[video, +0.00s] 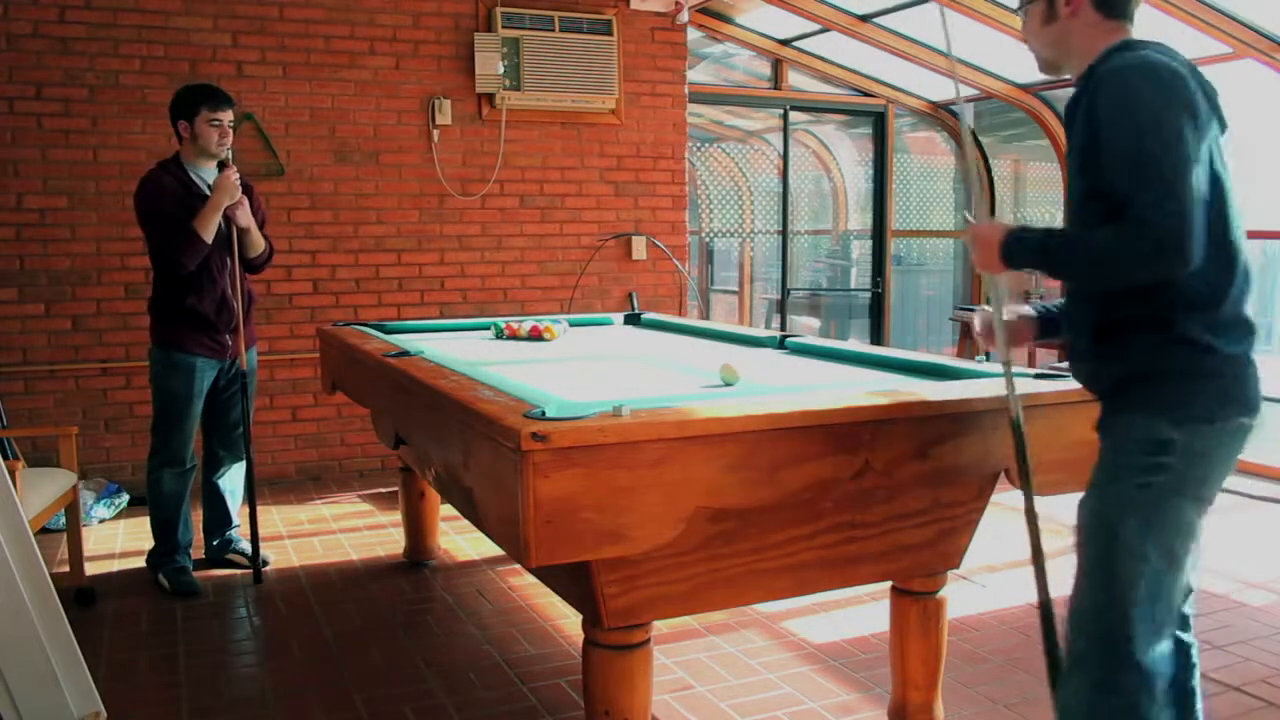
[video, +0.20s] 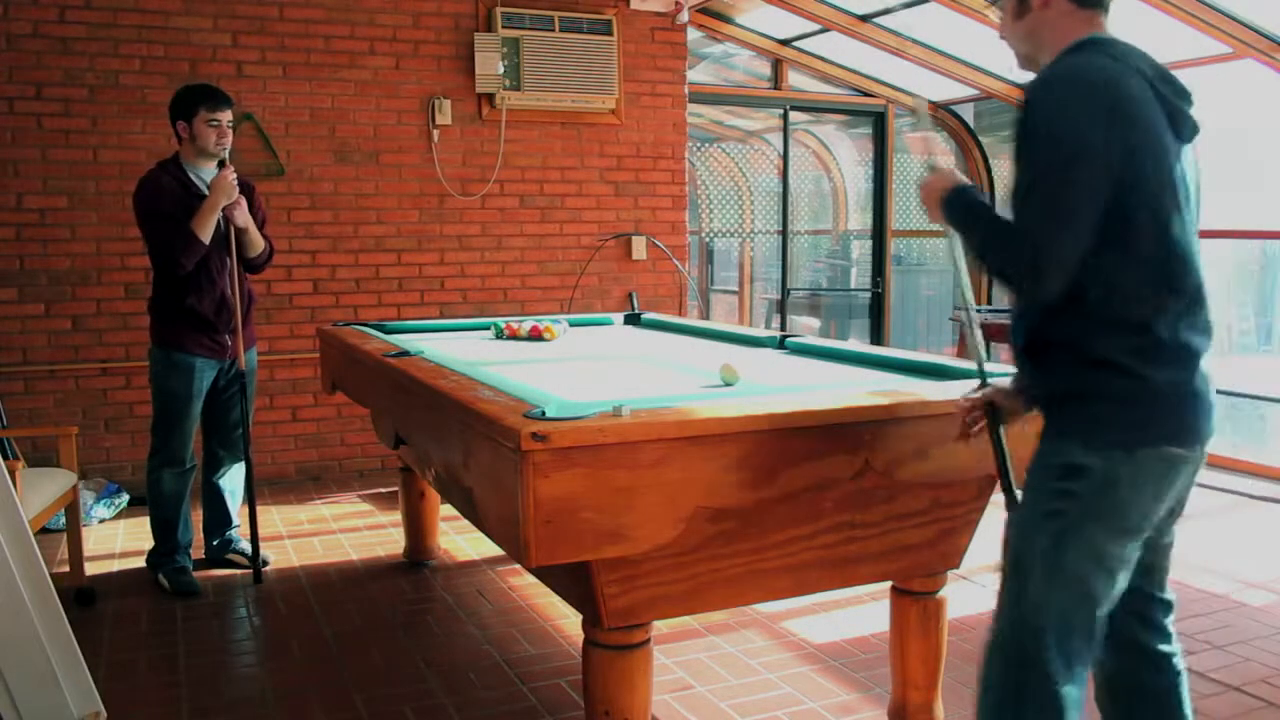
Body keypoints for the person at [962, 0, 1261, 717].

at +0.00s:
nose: (1022, 29)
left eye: (1027, 11)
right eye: (1022, 13)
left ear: (1070, 8)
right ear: (1088, 13)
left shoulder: (1137, 80)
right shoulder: (1137, 80)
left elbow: (1163, 247)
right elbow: (1145, 283)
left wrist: (1019, 247)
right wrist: (1037, 327)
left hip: (1173, 402)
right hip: (1175, 397)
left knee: (1112, 643)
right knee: (1155, 628)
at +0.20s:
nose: (1002, 30)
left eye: (1005, 13)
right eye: (1001, 15)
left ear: (1041, 7)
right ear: (1080, 10)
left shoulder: (1070, 89)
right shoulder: (1133, 86)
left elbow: (1038, 268)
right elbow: (1130, 281)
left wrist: (956, 201)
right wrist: (1029, 387)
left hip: (1110, 423)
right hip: (1167, 416)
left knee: (1030, 659)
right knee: (1136, 638)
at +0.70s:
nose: (896, 25)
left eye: (895, 12)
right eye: (895, 14)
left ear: (911, 7)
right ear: (985, 6)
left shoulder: (900, 99)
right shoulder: (1092, 96)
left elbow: (848, 266)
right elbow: (1169, 259)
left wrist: (793, 326)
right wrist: (1107, 350)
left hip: (1012, 429)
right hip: (1114, 427)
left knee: (1008, 692)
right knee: (990, 666)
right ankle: (960, 710)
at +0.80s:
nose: (879, 41)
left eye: (877, 24)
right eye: (877, 27)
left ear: (898, 11)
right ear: (962, 14)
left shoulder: (876, 113)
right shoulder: (1075, 105)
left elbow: (803, 267)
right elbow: (1162, 257)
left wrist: (772, 332)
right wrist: (1100, 370)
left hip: (990, 433)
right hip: (1092, 434)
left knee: (995, 687)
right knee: (964, 668)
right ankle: (920, 717)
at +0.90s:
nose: (861, 41)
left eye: (859, 25)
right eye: (860, 28)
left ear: (878, 16)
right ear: (949, 20)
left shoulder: (861, 122)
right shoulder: (1055, 115)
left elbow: (784, 268)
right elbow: (1152, 255)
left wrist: (757, 334)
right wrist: (1083, 383)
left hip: (959, 432)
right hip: (1060, 432)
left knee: (978, 684)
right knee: (943, 668)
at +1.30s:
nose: (830, 49)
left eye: (830, 35)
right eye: (832, 35)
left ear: (843, 35)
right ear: (918, 38)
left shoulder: (816, 133)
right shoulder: (1002, 117)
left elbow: (758, 258)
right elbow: (1090, 239)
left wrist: (743, 355)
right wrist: (1050, 376)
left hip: (877, 400)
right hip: (986, 401)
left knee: (850, 625)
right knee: (949, 625)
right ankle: (937, 718)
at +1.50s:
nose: (817, 53)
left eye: (816, 41)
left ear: (826, 41)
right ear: (904, 40)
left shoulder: (799, 135)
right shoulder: (987, 117)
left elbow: (754, 266)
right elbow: (1070, 242)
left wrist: (755, 349)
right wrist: (1031, 374)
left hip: (857, 398)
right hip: (969, 400)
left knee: (828, 633)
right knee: (937, 638)